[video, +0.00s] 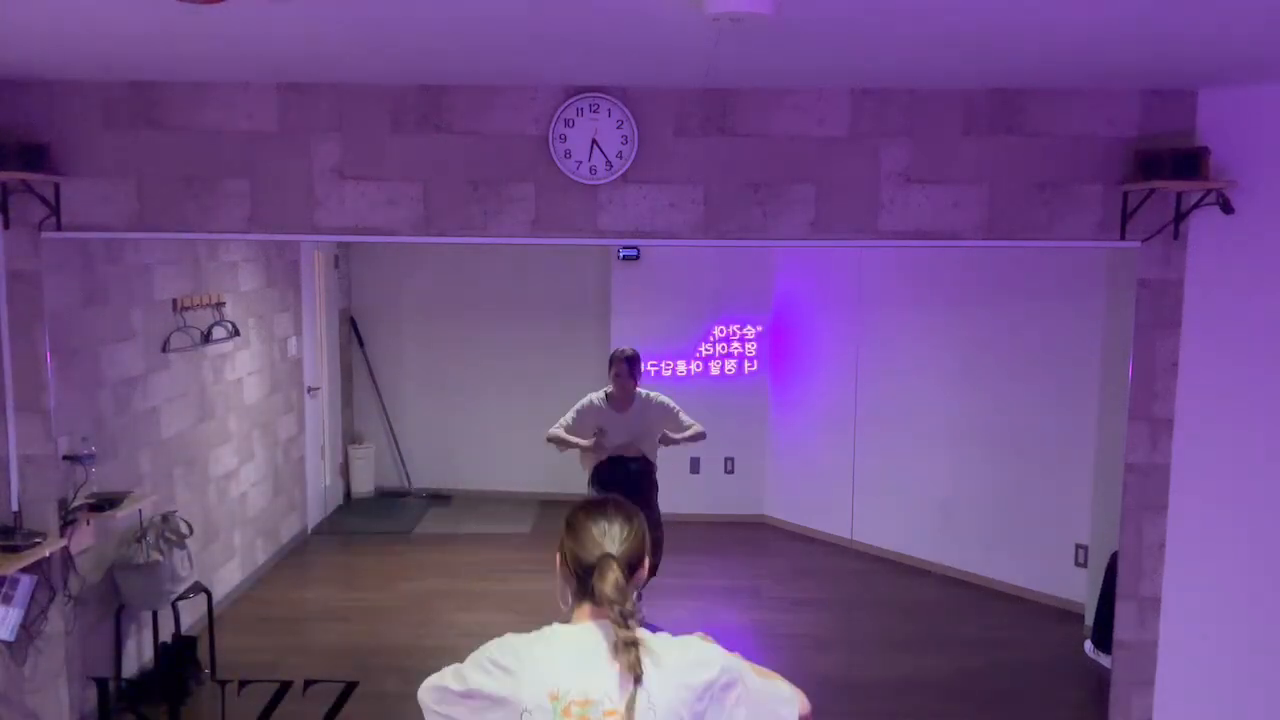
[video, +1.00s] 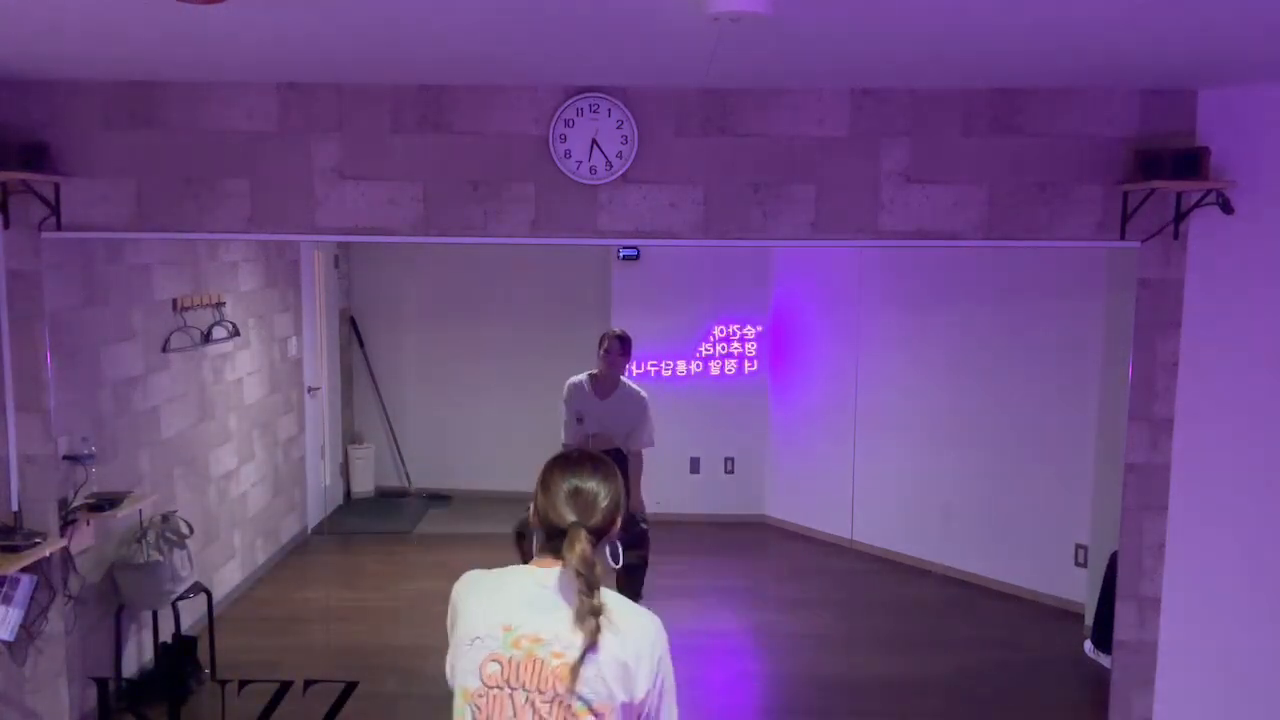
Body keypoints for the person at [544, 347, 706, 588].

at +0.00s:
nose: (621, 381)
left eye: (627, 375)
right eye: (617, 375)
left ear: (637, 376)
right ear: (610, 375)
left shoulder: (654, 403)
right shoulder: (594, 404)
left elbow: (699, 432)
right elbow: (554, 434)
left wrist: (676, 439)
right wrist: (584, 444)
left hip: (642, 484)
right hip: (604, 482)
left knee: (652, 552)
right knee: (603, 542)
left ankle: (636, 596)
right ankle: (602, 598)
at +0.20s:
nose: (625, 383)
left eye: (631, 377)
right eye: (619, 377)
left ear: (639, 376)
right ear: (611, 374)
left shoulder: (654, 398)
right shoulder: (596, 397)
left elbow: (704, 412)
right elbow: (551, 408)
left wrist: (671, 416)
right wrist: (585, 417)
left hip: (642, 479)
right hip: (604, 477)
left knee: (650, 534)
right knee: (601, 531)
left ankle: (645, 584)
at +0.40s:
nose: (621, 348)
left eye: (627, 343)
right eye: (616, 342)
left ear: (637, 345)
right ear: (610, 343)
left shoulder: (652, 367)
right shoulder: (596, 364)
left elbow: (698, 369)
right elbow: (549, 360)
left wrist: (662, 392)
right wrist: (582, 391)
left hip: (640, 445)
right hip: (601, 443)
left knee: (652, 500)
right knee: (598, 496)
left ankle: (651, 551)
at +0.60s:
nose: (615, 320)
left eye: (621, 315)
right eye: (611, 314)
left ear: (633, 320)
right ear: (606, 317)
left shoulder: (649, 346)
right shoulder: (590, 342)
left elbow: (682, 380)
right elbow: (549, 369)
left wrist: (651, 409)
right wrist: (574, 407)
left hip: (637, 434)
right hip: (593, 431)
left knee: (639, 498)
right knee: (593, 497)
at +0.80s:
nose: (613, 333)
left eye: (620, 328)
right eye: (609, 327)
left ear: (630, 334)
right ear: (603, 331)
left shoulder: (644, 372)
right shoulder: (583, 369)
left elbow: (645, 430)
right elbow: (571, 417)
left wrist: (630, 469)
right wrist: (579, 458)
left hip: (633, 459)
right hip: (591, 454)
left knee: (643, 520)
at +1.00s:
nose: (611, 359)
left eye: (618, 354)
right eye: (607, 352)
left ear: (627, 360)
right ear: (598, 354)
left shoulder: (636, 399)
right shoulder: (575, 388)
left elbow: (635, 454)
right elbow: (571, 443)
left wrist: (635, 499)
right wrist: (571, 489)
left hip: (617, 465)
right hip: (580, 464)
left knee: (636, 533)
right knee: (526, 528)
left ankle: (627, 607)